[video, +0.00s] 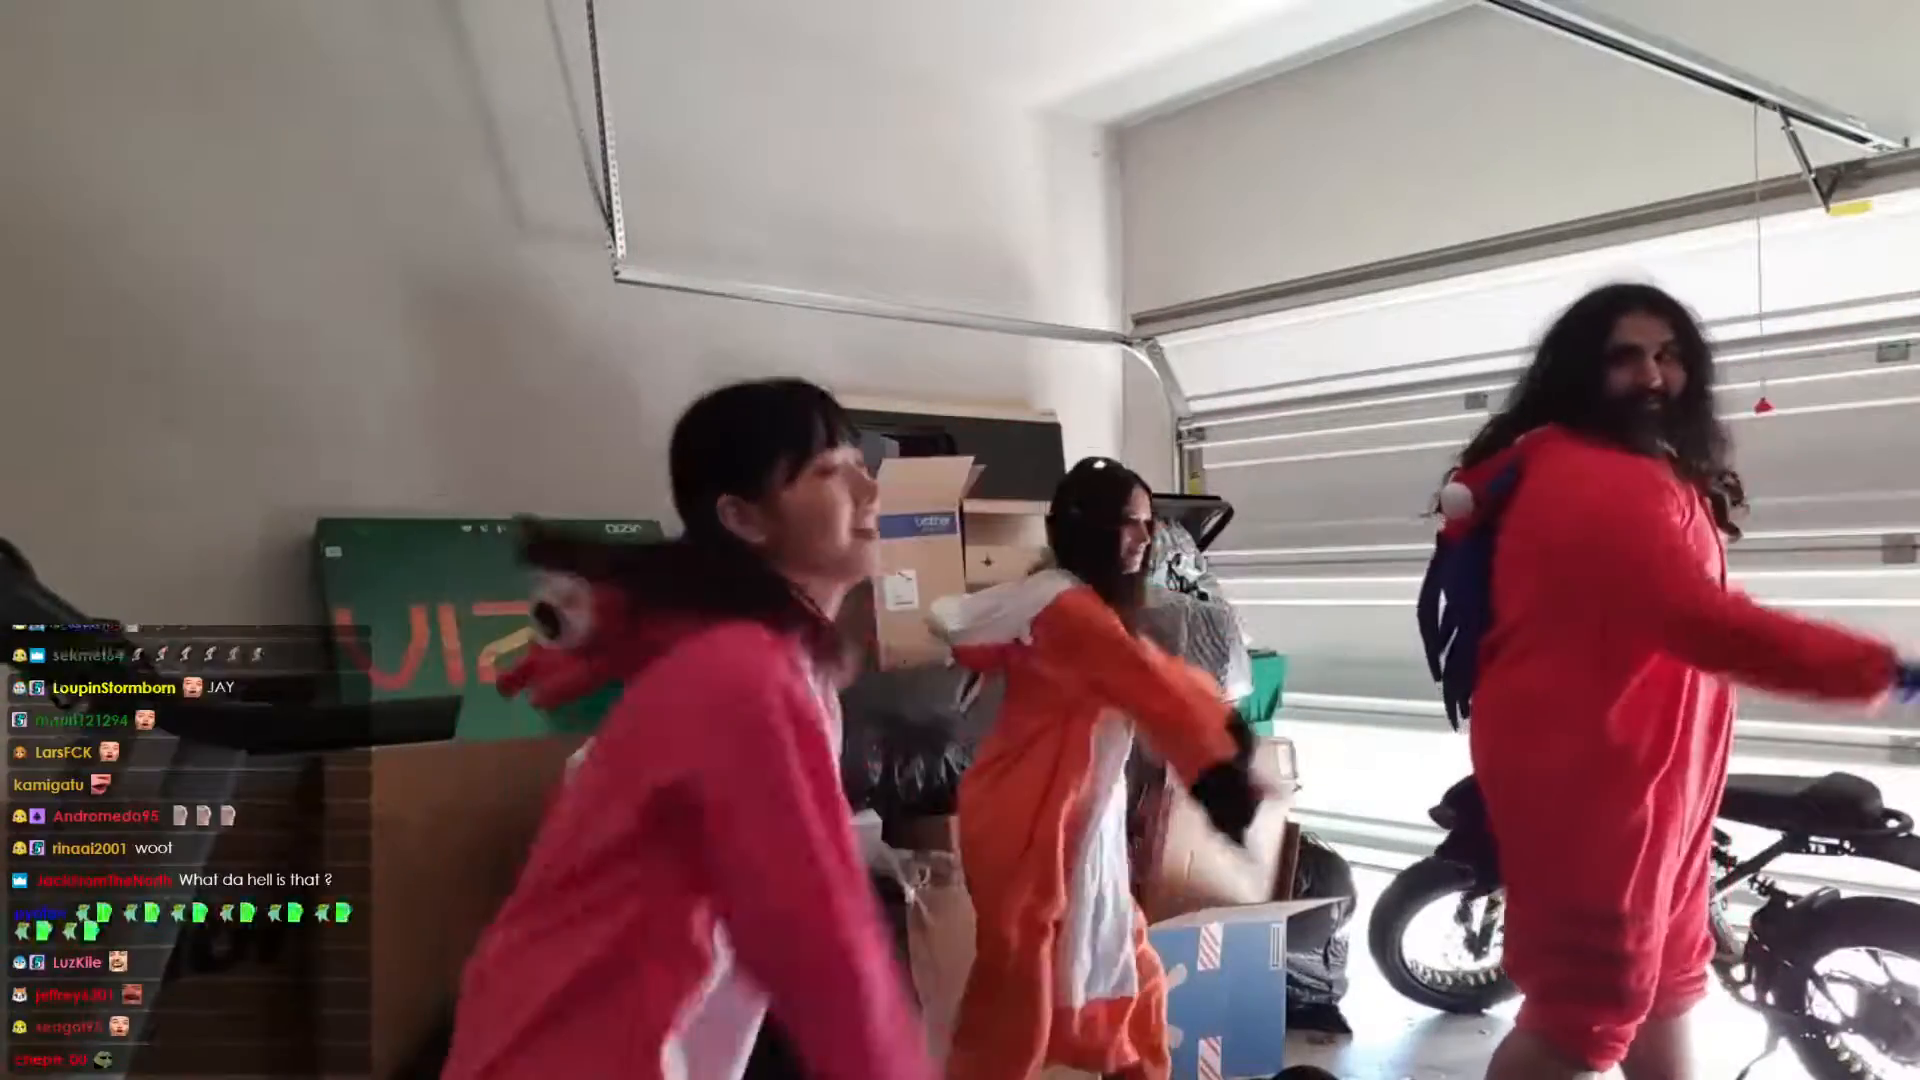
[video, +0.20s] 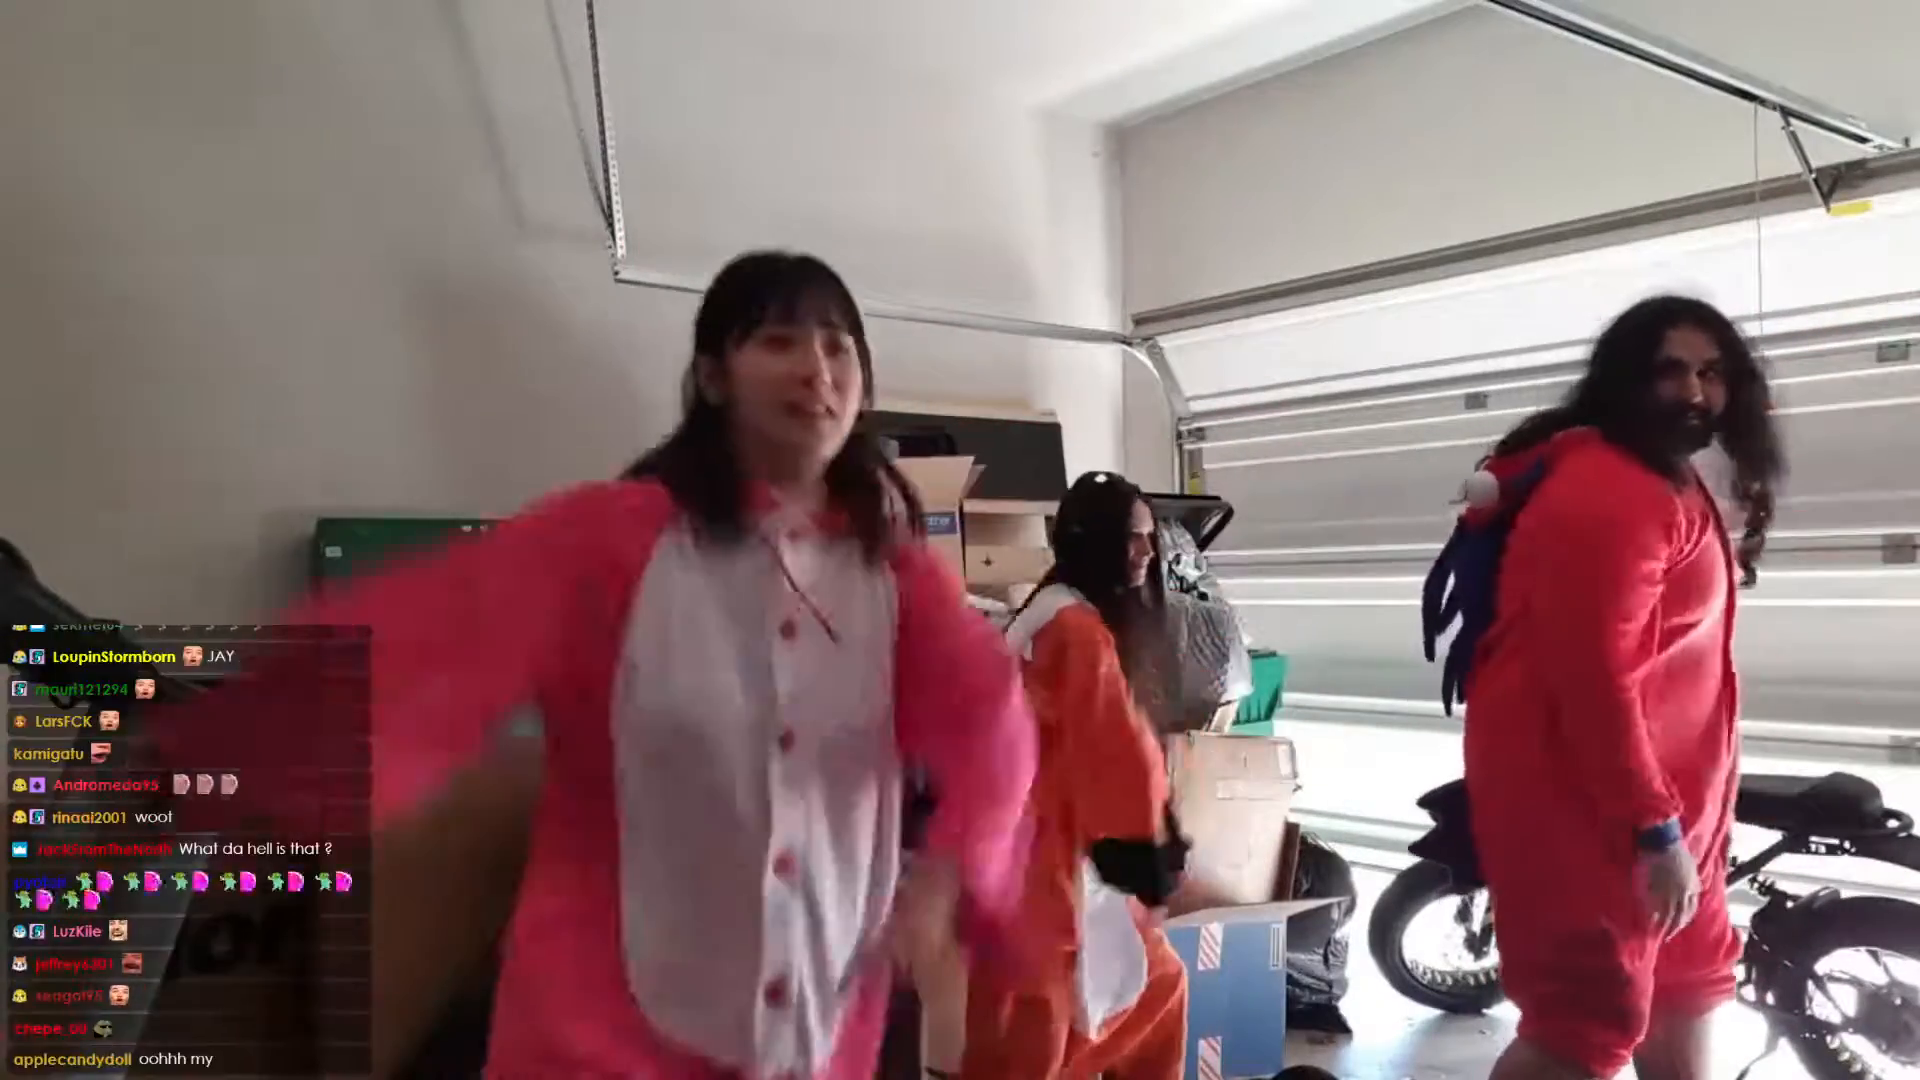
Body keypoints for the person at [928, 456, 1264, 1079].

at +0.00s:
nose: (1143, 540)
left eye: (1148, 526)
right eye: (1130, 523)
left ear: (1148, 530)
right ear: (1087, 525)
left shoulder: (1091, 604)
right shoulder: (1061, 605)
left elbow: (1159, 675)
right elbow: (1147, 684)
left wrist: (1220, 729)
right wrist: (1218, 762)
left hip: (1081, 823)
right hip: (1025, 822)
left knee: (1136, 979)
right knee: (1018, 986)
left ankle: (1138, 1073)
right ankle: (985, 1075)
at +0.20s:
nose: (1147, 553)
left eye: (1149, 539)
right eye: (1135, 539)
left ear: (1070, 543)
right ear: (1096, 541)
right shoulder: (1080, 629)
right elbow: (1112, 761)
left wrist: (1154, 840)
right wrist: (1152, 875)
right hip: (1055, 871)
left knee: (1160, 979)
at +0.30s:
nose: (1134, 529)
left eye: (1140, 515)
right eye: (1121, 513)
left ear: (1143, 518)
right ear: (1080, 516)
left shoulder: (1091, 597)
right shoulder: (1065, 599)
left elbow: (1173, 667)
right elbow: (1156, 666)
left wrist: (1255, 716)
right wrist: (1263, 727)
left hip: (1108, 833)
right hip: (1053, 835)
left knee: (1162, 977)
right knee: (1033, 1004)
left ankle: (1148, 1074)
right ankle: (1004, 1070)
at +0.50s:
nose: (1127, 521)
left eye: (1133, 508)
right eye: (1109, 507)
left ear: (1141, 512)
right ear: (1070, 516)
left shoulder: (1141, 592)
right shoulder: (1061, 597)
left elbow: (1200, 549)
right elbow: (1157, 571)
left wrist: (1212, 455)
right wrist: (1205, 449)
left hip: (1165, 822)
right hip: (1095, 826)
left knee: (1194, 981)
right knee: (1071, 983)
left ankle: (1168, 1073)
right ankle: (1029, 1064)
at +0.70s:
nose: (1105, 506)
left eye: (1116, 492)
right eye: (1088, 494)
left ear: (1135, 497)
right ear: (1059, 505)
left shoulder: (1161, 580)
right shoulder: (1039, 584)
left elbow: (1230, 533)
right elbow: (1088, 577)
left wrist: (1257, 444)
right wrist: (1183, 491)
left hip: (1172, 825)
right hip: (1079, 832)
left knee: (1194, 1002)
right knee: (1048, 1017)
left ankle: (1176, 1073)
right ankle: (1022, 1074)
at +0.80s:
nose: (1092, 514)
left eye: (1104, 499)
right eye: (1075, 500)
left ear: (1124, 507)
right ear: (1048, 511)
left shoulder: (1152, 585)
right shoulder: (1029, 592)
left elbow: (1212, 623)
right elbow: (1070, 641)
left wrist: (1272, 635)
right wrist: (1145, 653)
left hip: (1162, 824)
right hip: (1067, 830)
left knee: (1186, 989)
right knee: (1049, 988)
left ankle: (1175, 1069)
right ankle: (1037, 1067)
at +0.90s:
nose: (1075, 546)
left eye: (1089, 530)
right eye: (1061, 534)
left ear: (1114, 540)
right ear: (1045, 547)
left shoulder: (1153, 624)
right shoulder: (1025, 636)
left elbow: (1198, 716)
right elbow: (1052, 736)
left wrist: (1231, 815)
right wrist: (1100, 825)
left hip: (1147, 827)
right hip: (1056, 837)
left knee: (1187, 990)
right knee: (1065, 985)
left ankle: (1179, 1068)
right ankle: (1080, 1069)